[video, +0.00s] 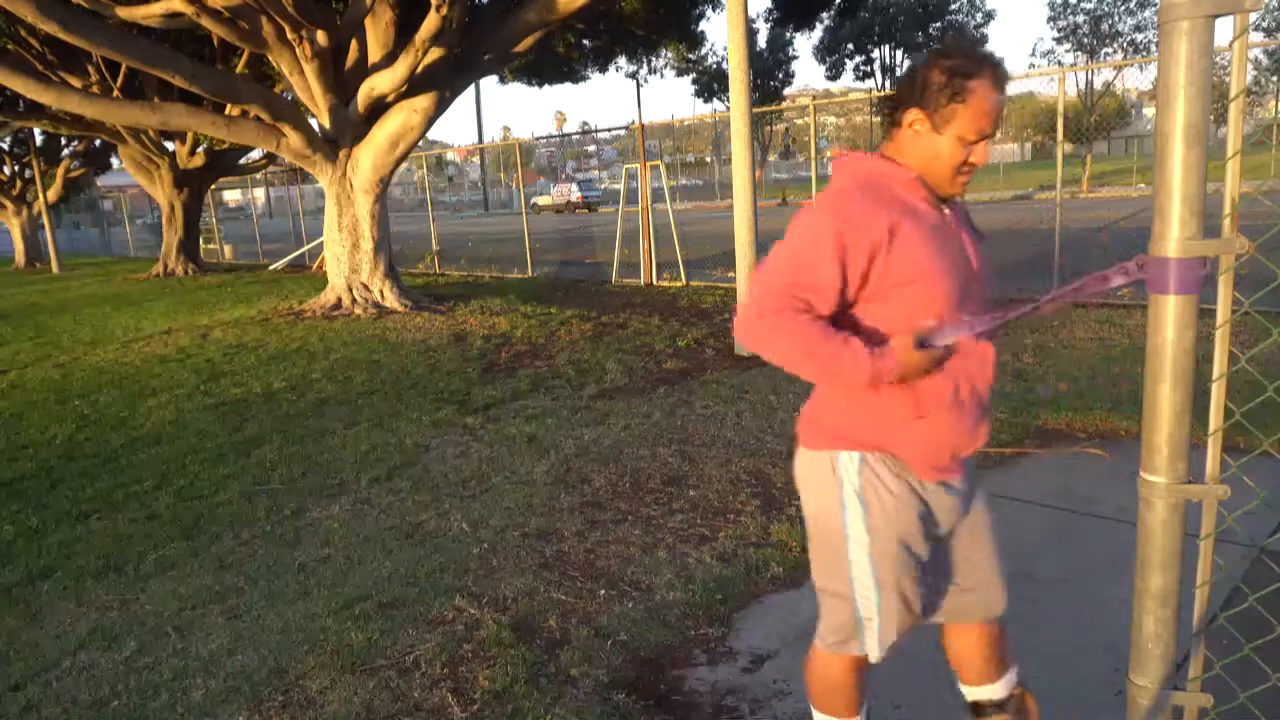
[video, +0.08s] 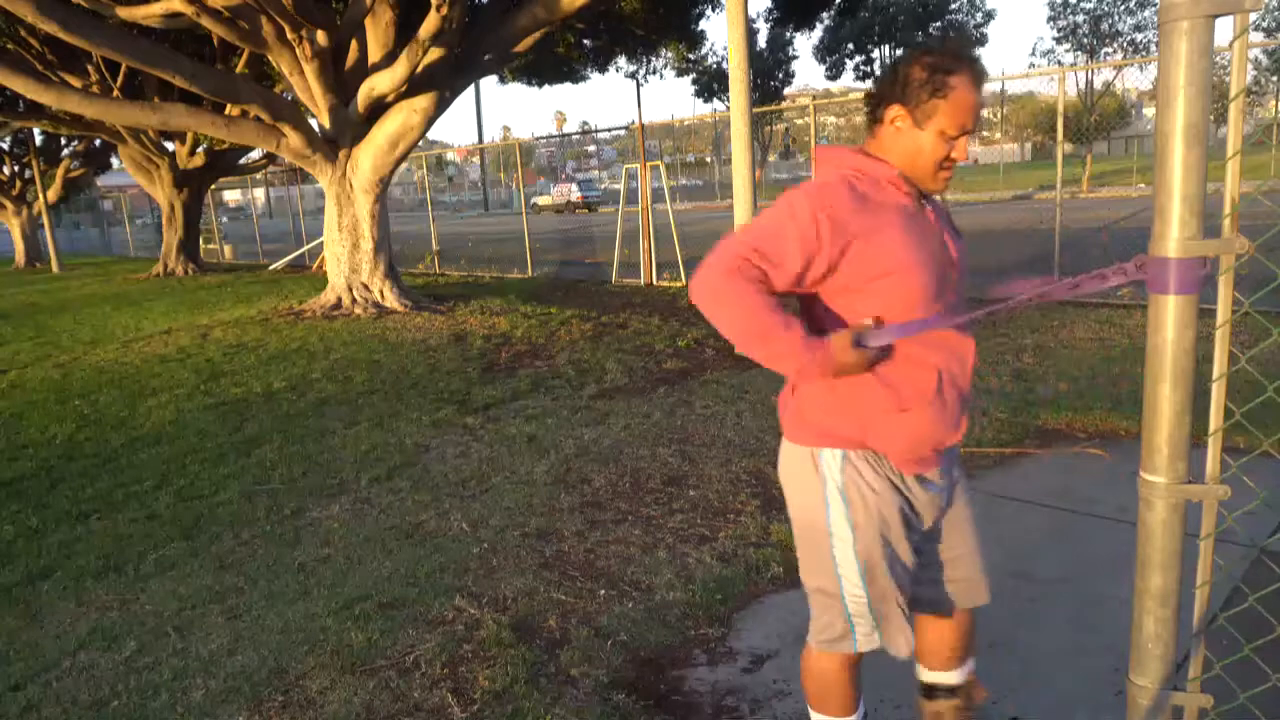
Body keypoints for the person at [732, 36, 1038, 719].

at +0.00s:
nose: (980, 157)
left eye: (986, 142)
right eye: (971, 140)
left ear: (927, 122)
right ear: (915, 123)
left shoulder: (940, 208)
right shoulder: (853, 205)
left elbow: (937, 312)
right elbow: (761, 318)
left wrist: (1005, 315)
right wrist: (878, 365)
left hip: (940, 453)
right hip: (859, 457)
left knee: (975, 605)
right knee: (849, 627)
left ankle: (998, 709)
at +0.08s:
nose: (962, 154)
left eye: (968, 138)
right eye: (953, 137)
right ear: (896, 121)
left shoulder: (924, 210)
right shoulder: (830, 203)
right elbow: (718, 281)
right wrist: (813, 355)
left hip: (926, 451)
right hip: (840, 459)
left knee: (949, 600)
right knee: (842, 626)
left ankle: (949, 708)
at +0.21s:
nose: (927, 158)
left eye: (933, 142)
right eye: (920, 140)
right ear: (866, 122)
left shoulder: (890, 203)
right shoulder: (801, 197)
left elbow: (893, 278)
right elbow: (700, 281)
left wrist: (933, 285)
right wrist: (804, 341)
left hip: (897, 444)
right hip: (825, 451)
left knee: (898, 588)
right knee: (840, 620)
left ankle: (862, 692)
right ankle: (833, 719)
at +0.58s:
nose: (850, 173)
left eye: (856, 160)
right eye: (843, 157)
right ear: (797, 139)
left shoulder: (818, 215)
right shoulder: (737, 205)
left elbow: (812, 305)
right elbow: (684, 312)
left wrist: (860, 311)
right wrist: (803, 323)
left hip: (810, 427)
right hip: (750, 431)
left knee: (814, 582)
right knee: (802, 591)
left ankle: (800, 700)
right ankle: (796, 709)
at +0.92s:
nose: (767, 185)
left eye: (775, 171)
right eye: (757, 169)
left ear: (779, 162)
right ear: (715, 150)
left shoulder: (757, 216)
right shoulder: (661, 215)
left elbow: (775, 294)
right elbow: (606, 318)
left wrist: (809, 299)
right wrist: (717, 336)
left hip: (751, 422)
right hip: (679, 429)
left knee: (778, 558)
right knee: (711, 580)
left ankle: (795, 683)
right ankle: (723, 706)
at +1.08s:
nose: (735, 193)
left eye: (743, 180)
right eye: (726, 179)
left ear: (746, 166)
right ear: (683, 157)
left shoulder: (729, 224)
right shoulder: (628, 217)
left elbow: (747, 290)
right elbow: (566, 315)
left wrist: (776, 302)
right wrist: (670, 339)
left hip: (731, 421)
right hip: (655, 431)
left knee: (766, 541)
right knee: (686, 579)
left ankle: (723, 655)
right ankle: (711, 700)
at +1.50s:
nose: (697, 181)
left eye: (703, 166)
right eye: (684, 167)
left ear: (708, 162)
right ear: (639, 159)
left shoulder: (712, 216)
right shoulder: (603, 228)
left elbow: (760, 262)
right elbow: (626, 314)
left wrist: (810, 275)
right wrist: (740, 310)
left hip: (703, 420)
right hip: (637, 424)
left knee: (696, 543)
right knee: (689, 568)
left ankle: (638, 647)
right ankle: (717, 699)